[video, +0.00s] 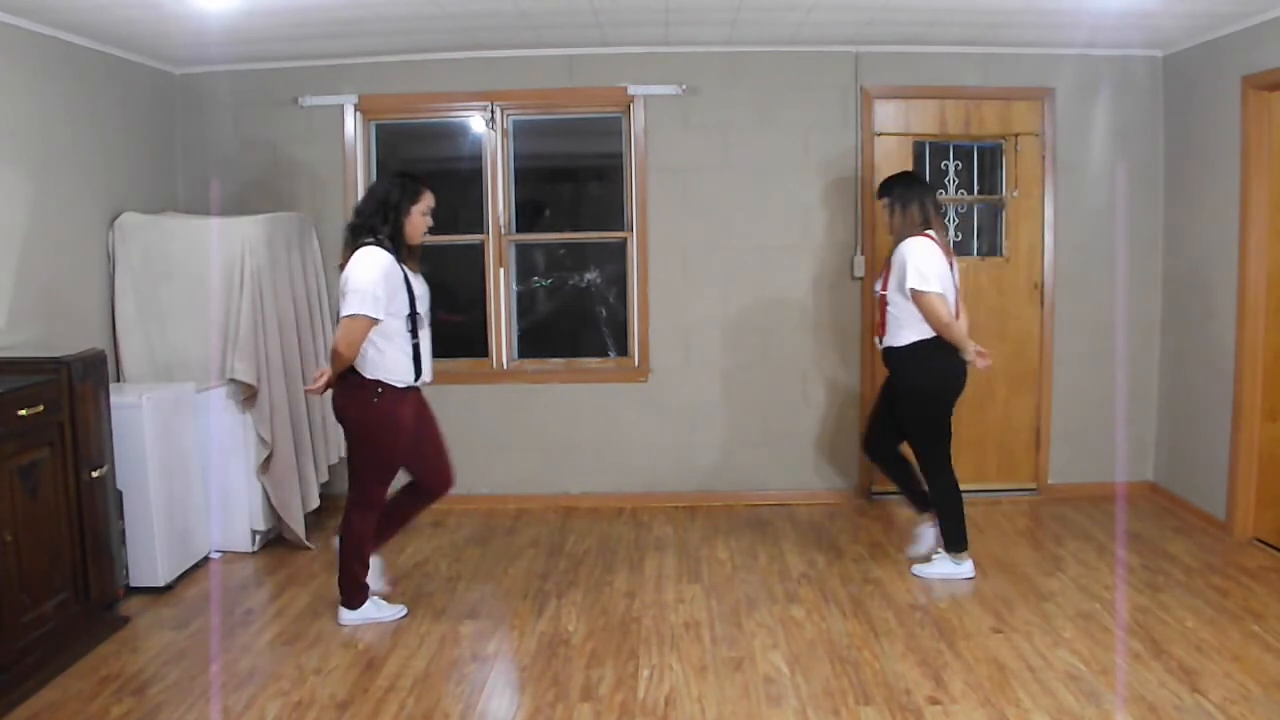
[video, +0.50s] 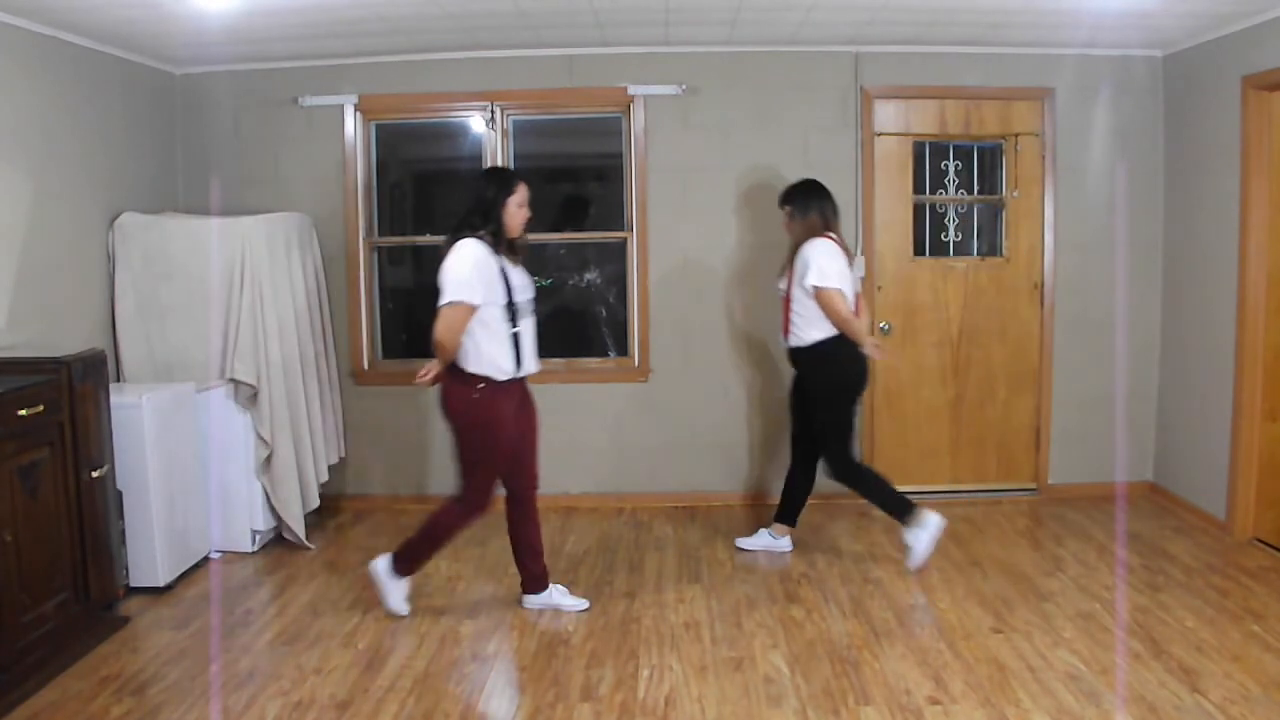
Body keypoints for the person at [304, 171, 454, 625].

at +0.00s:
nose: (430, 223)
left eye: (431, 214)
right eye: (424, 213)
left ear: (403, 215)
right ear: (398, 213)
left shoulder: (398, 263)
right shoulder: (372, 262)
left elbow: (372, 334)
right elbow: (344, 348)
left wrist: (335, 369)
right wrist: (335, 372)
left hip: (401, 394)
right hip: (371, 397)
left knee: (434, 480)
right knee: (367, 500)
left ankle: (365, 546)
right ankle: (353, 602)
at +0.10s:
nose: (446, 225)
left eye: (447, 216)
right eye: (441, 215)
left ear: (422, 217)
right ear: (415, 214)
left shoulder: (415, 264)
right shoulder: (383, 263)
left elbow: (387, 332)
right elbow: (354, 344)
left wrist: (349, 367)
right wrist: (353, 369)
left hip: (419, 398)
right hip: (384, 400)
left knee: (460, 475)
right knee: (370, 502)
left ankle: (420, 567)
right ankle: (353, 601)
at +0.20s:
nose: (464, 229)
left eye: (466, 220)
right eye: (459, 219)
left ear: (444, 222)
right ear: (433, 217)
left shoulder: (437, 269)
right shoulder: (399, 266)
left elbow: (415, 339)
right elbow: (369, 345)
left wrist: (366, 368)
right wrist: (369, 367)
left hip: (440, 403)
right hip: (401, 405)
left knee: (474, 483)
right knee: (378, 502)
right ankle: (354, 600)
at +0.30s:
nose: (483, 231)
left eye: (484, 222)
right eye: (477, 221)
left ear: (463, 225)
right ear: (450, 221)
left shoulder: (456, 272)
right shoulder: (420, 269)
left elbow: (436, 340)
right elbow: (395, 346)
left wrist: (385, 371)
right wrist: (383, 374)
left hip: (460, 408)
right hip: (423, 409)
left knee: (488, 498)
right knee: (393, 503)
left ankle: (531, 585)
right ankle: (356, 597)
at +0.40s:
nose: (506, 225)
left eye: (507, 216)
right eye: (500, 215)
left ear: (491, 217)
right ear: (475, 215)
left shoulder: (485, 266)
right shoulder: (445, 265)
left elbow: (471, 339)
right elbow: (419, 346)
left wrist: (418, 370)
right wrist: (418, 372)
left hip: (489, 404)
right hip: (451, 407)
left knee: (508, 498)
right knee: (425, 499)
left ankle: (536, 588)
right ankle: (367, 586)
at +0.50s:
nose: (527, 214)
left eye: (527, 205)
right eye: (519, 206)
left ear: (513, 209)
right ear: (494, 207)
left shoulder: (506, 257)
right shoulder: (469, 255)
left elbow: (491, 323)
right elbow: (446, 334)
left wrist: (445, 361)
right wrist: (447, 362)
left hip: (512, 392)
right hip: (476, 394)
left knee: (522, 493)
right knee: (475, 497)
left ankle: (536, 588)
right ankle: (395, 568)